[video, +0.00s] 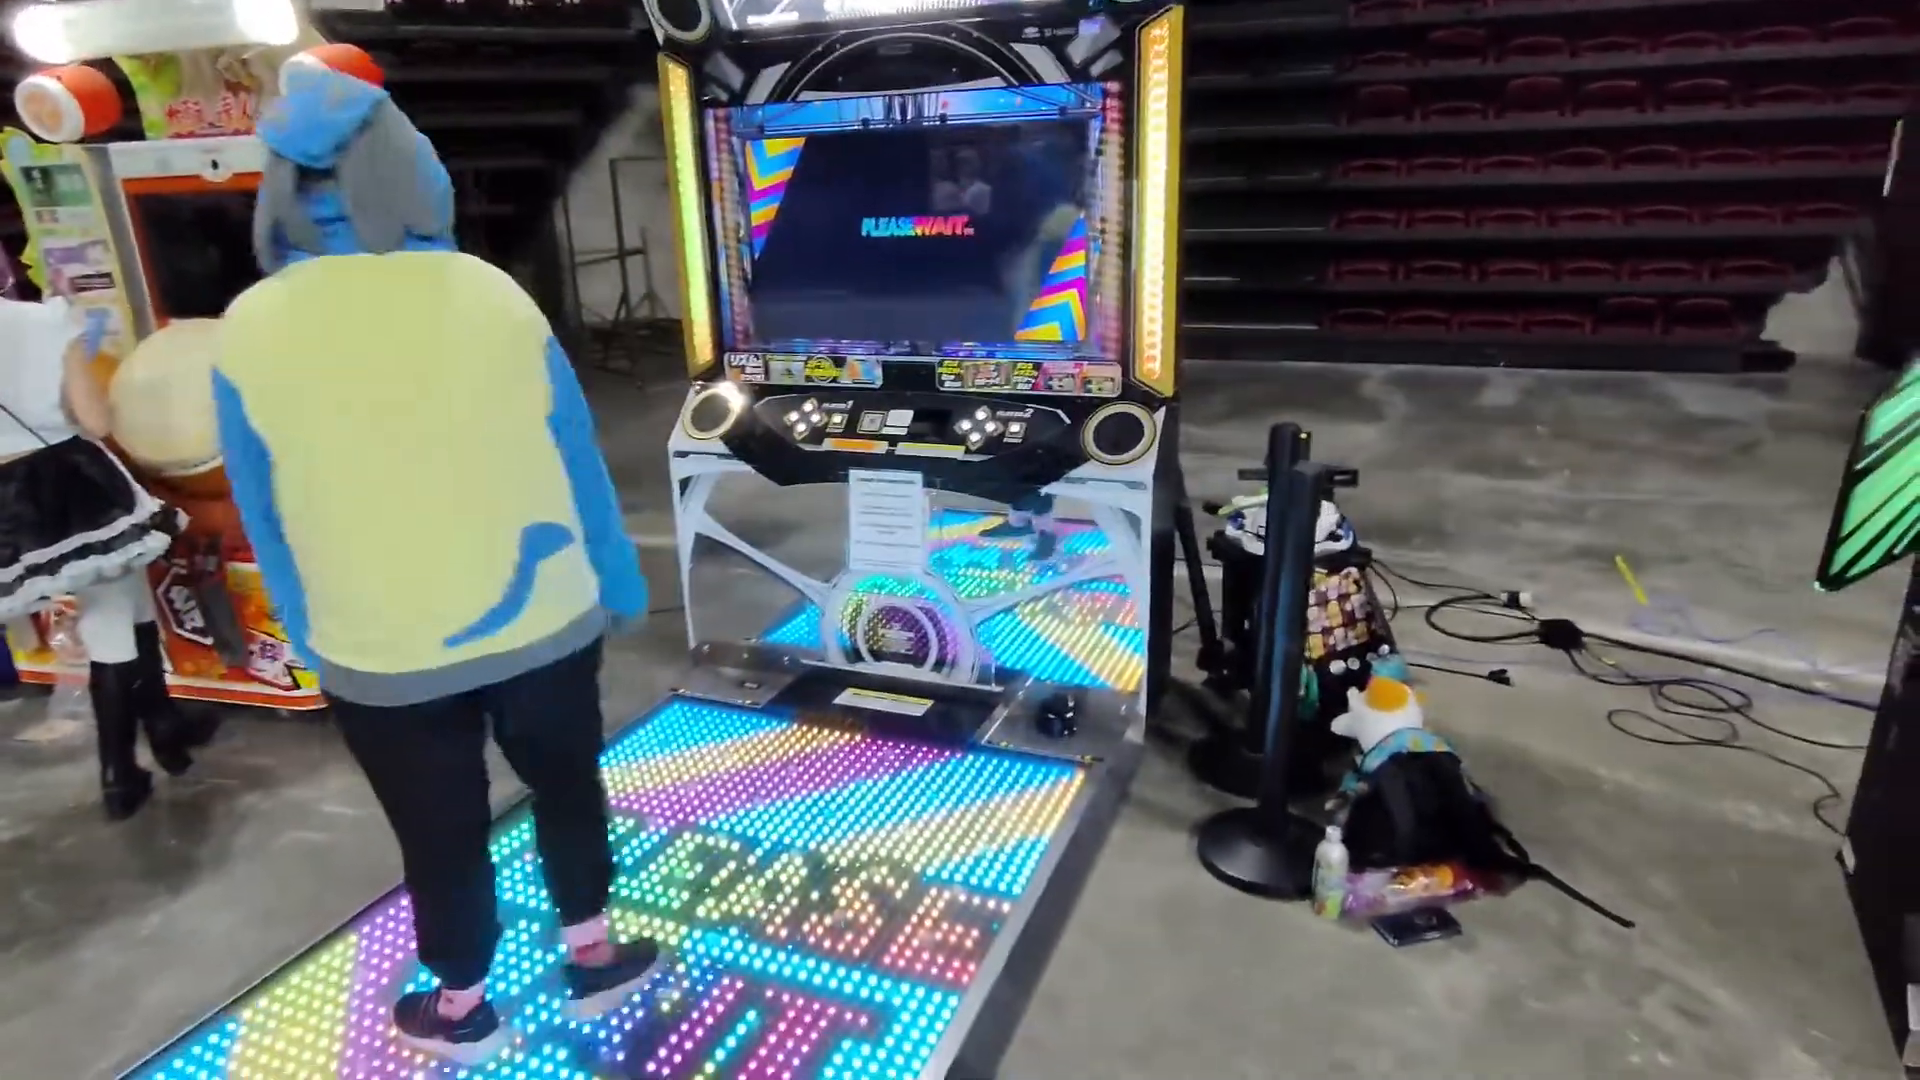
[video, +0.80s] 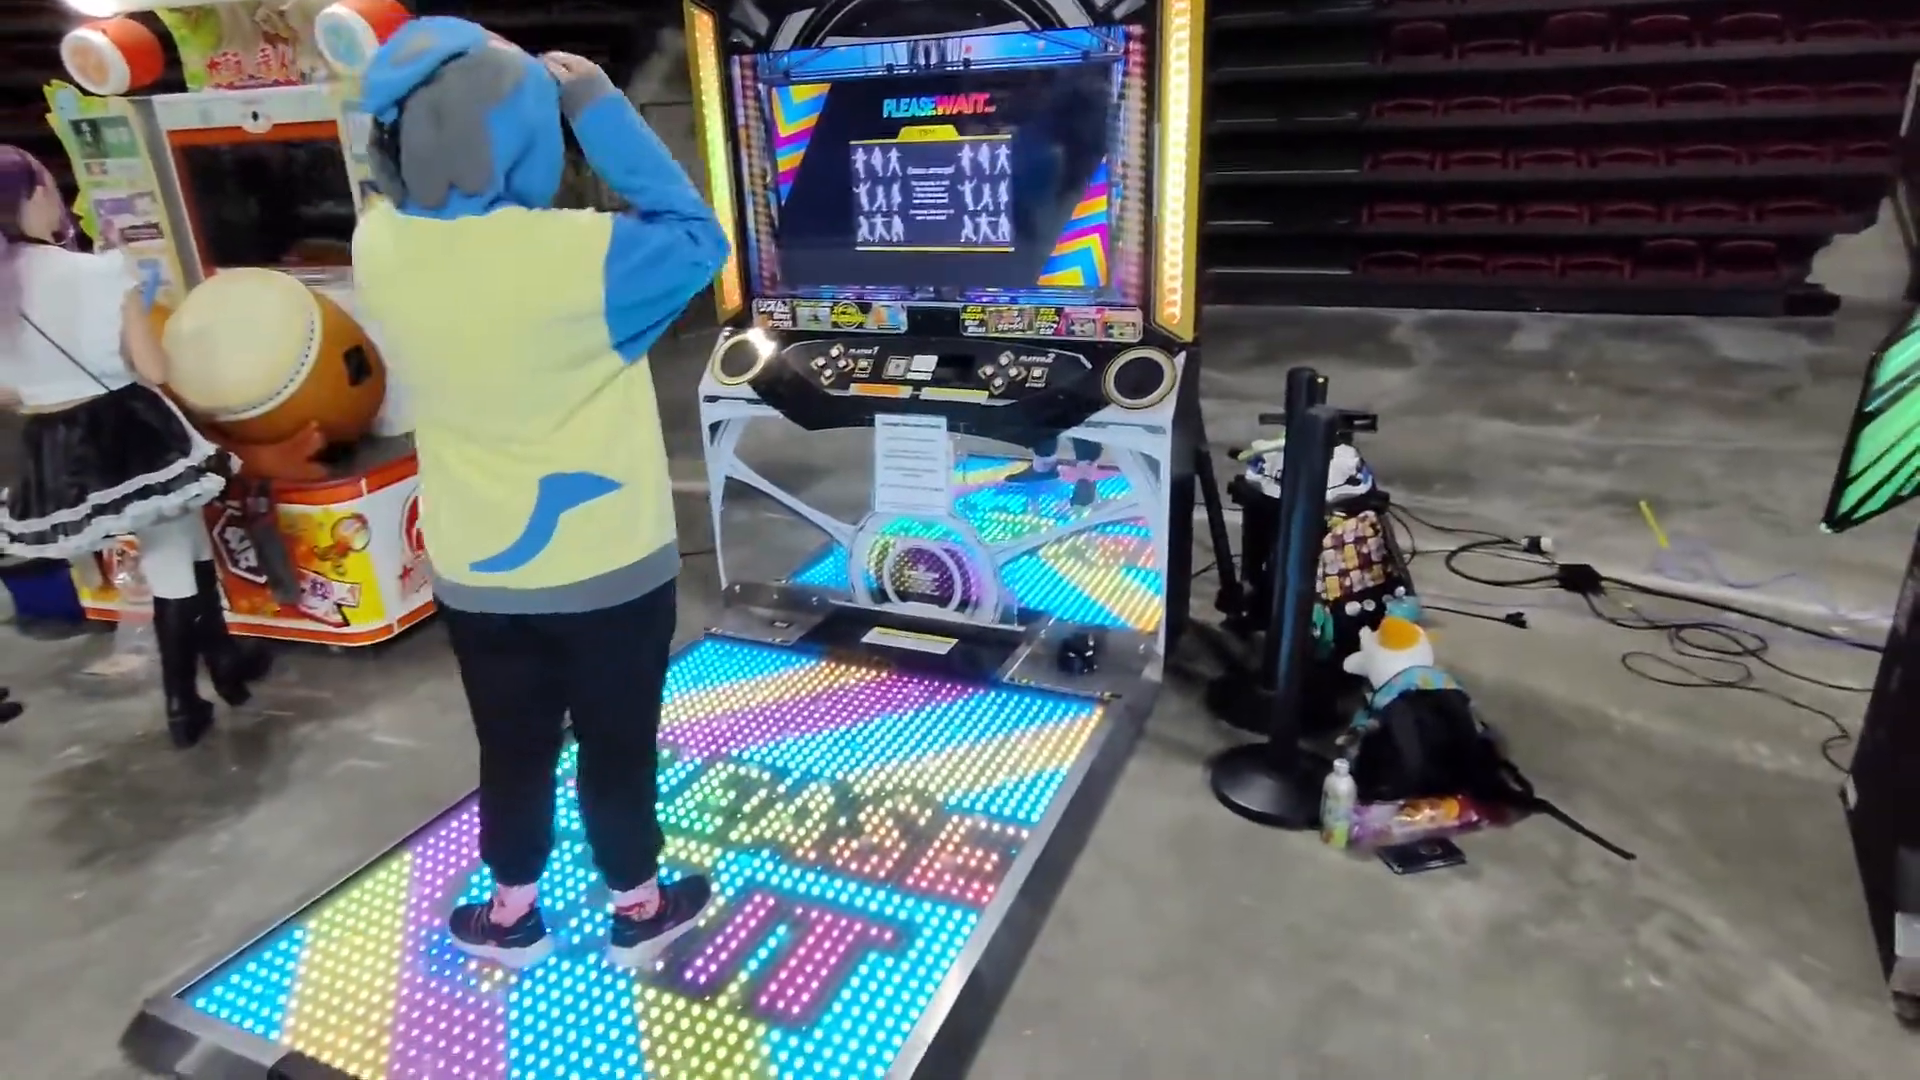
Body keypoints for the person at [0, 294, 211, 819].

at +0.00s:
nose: (30, 261)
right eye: (24, 251)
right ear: (16, 257)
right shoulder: (48, 323)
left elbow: (92, 419)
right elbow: (94, 421)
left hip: (11, 505)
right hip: (70, 493)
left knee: (125, 593)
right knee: (108, 623)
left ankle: (165, 726)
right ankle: (118, 774)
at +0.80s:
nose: (60, 200)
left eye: (55, 189)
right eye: (52, 190)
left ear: (8, 206)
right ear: (29, 199)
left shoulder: (5, 282)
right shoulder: (102, 271)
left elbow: (9, 393)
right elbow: (151, 369)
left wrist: (51, 393)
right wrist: (140, 313)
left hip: (56, 443)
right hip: (128, 432)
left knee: (179, 535)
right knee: (168, 560)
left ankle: (225, 658)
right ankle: (183, 706)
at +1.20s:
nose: (49, 204)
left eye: (43, 192)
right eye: (42, 193)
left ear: (6, 202)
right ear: (21, 198)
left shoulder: (5, 278)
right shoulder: (87, 272)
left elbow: (11, 389)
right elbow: (144, 369)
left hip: (37, 445)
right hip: (112, 433)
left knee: (169, 536)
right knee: (163, 553)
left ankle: (218, 661)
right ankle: (178, 708)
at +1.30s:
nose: (35, 203)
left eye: (29, 190)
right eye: (29, 191)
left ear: (3, 197)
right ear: (10, 196)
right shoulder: (80, 276)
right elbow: (134, 374)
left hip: (22, 456)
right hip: (102, 444)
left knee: (157, 533)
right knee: (152, 554)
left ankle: (210, 666)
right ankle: (167, 711)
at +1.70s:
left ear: (7, 241)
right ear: (8, 234)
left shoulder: (32, 281)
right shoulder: (35, 280)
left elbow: (85, 378)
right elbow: (87, 378)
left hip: (11, 463)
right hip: (61, 452)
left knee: (108, 552)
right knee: (102, 560)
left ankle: (159, 678)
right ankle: (115, 722)